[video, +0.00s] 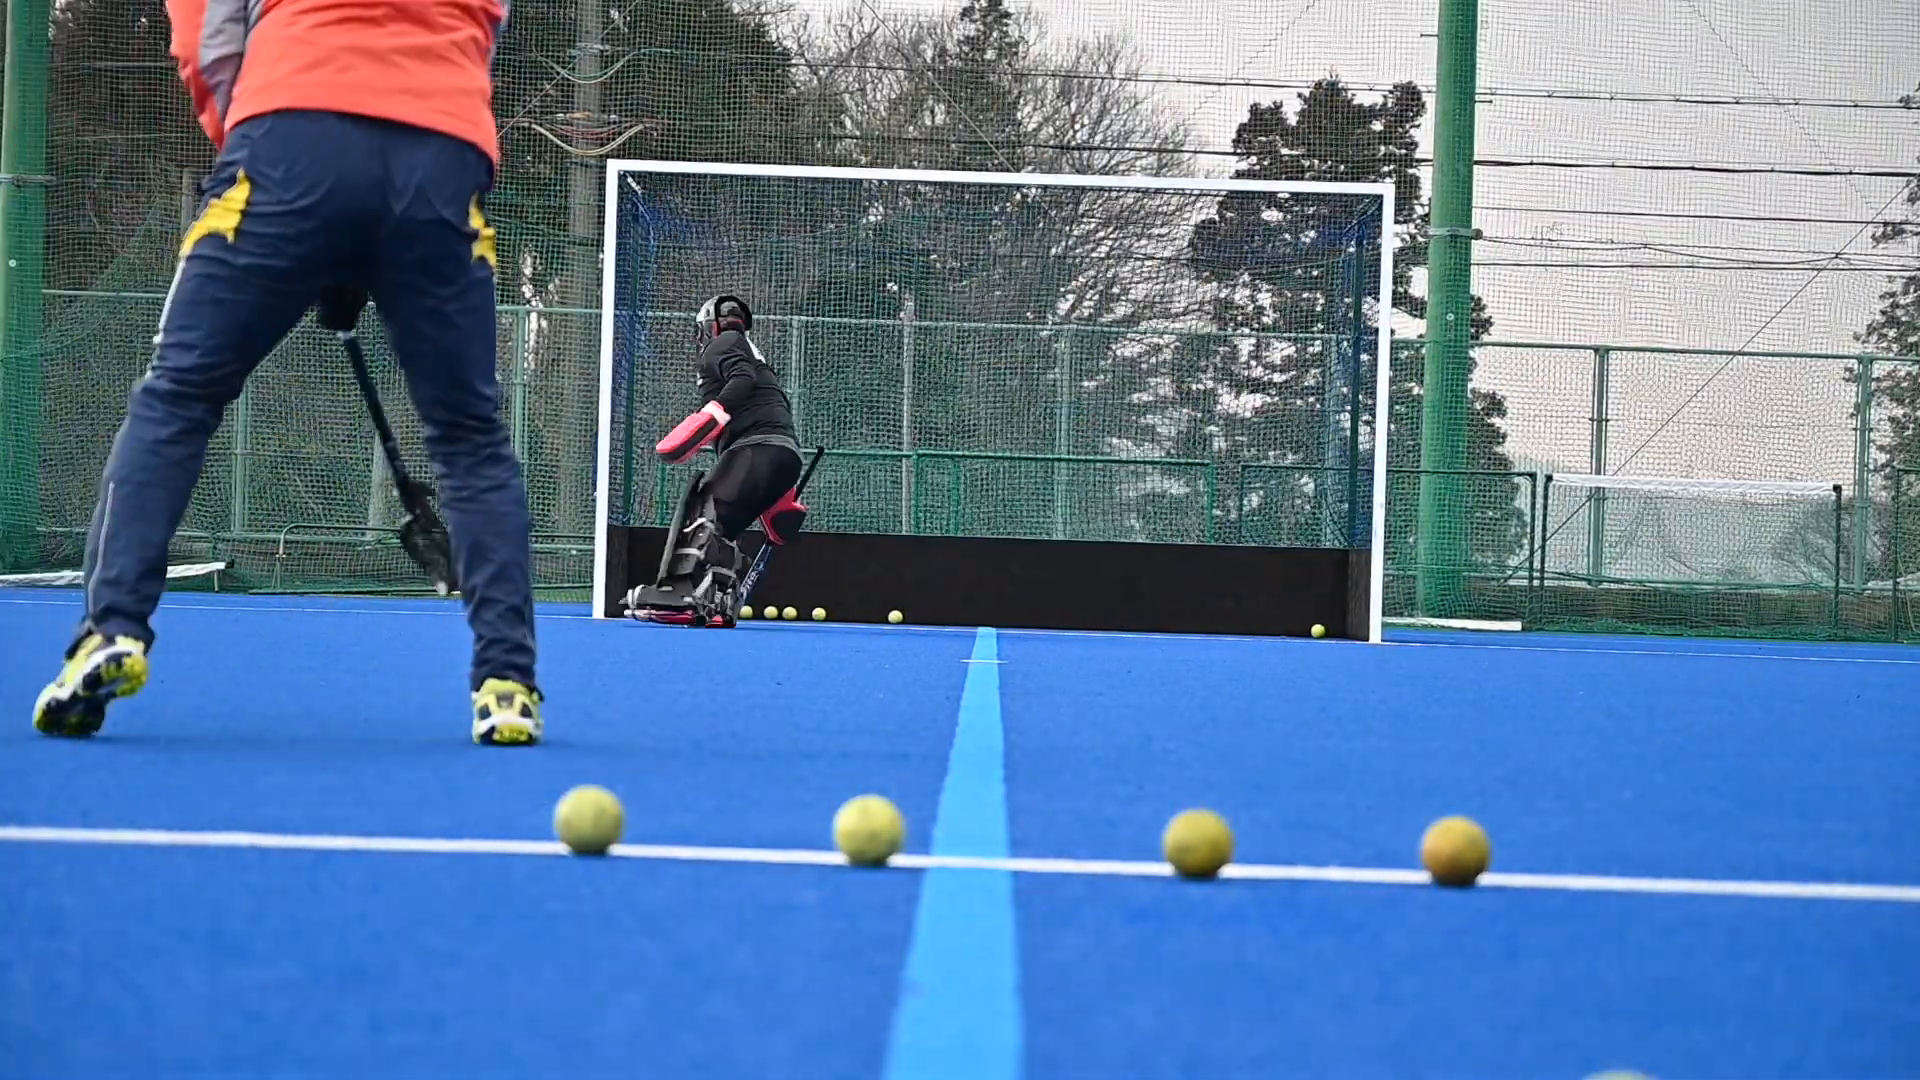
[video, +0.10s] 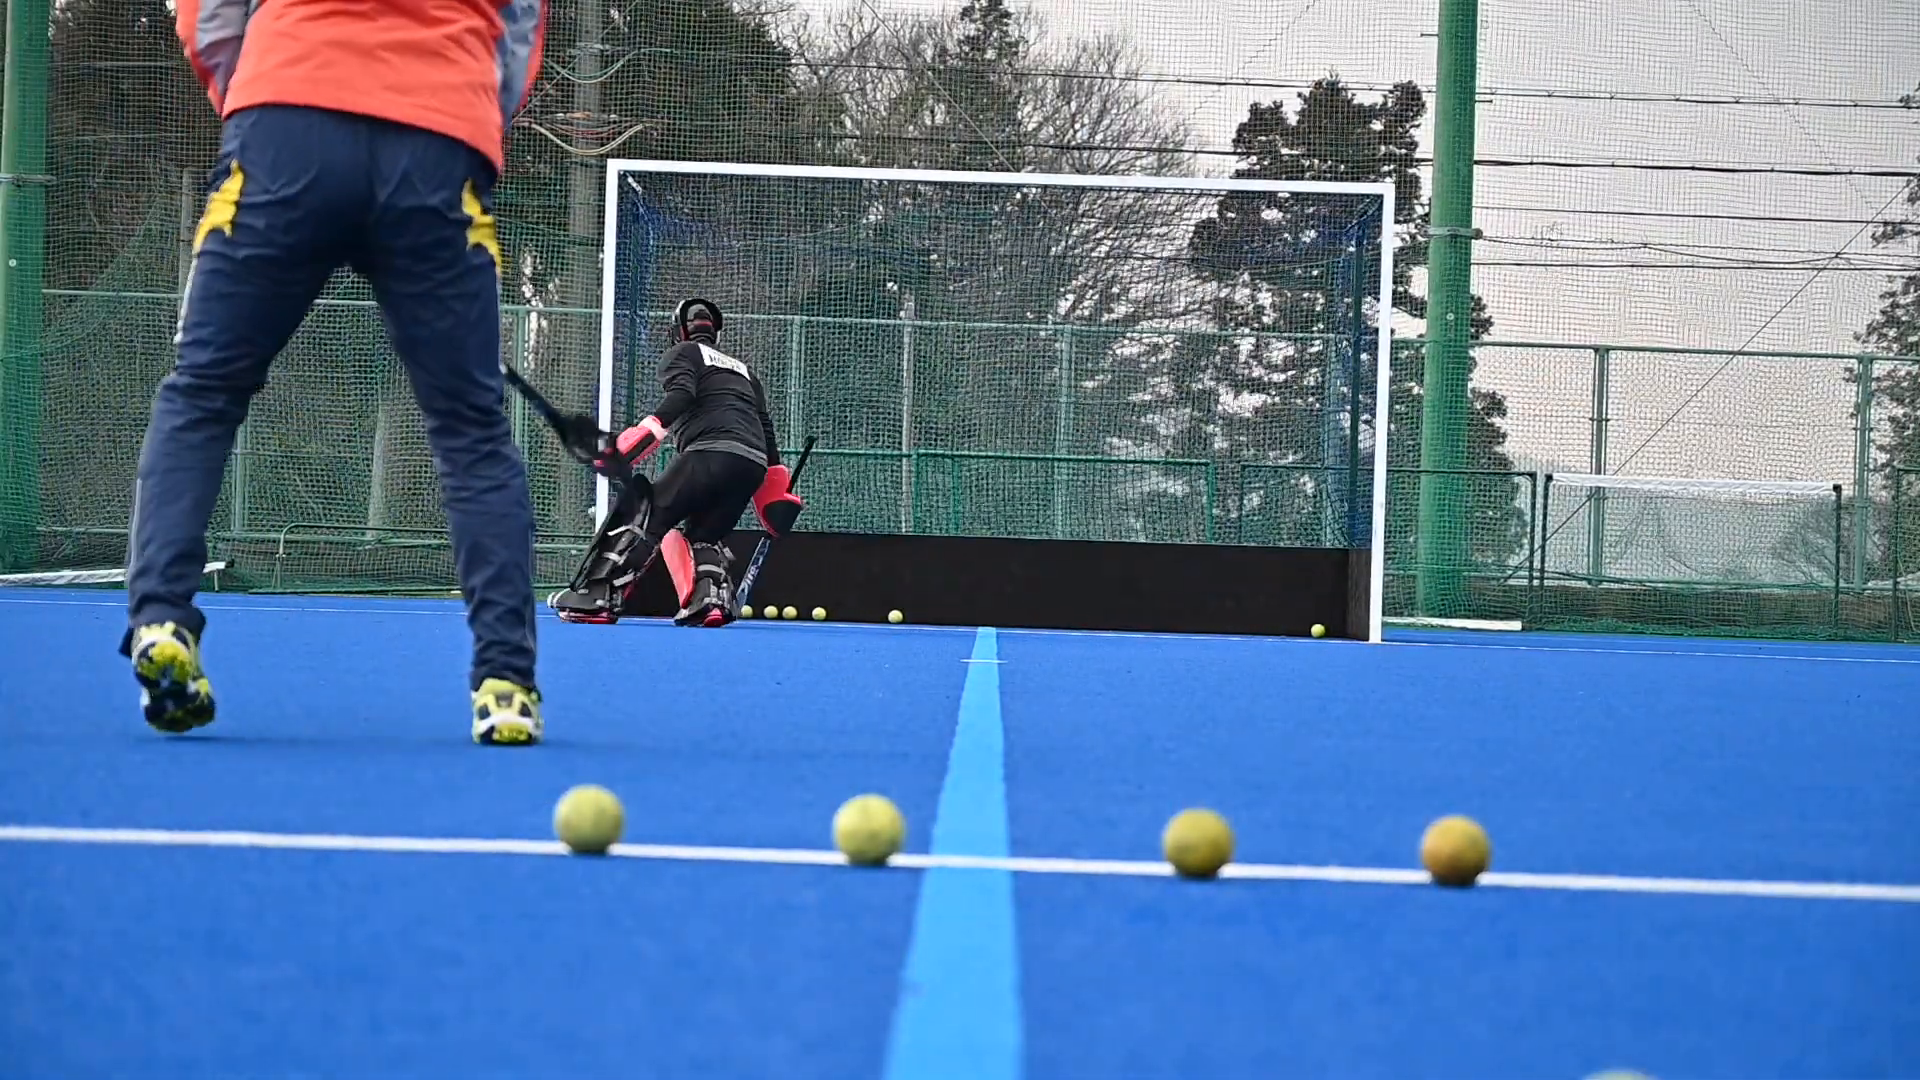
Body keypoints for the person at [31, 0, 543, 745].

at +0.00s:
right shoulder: (479, 2)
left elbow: (208, 46)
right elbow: (455, 70)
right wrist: (354, 244)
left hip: (296, 139)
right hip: (444, 158)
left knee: (179, 395)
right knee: (473, 437)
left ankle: (115, 629)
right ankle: (507, 679)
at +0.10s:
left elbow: (206, 21)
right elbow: (519, 41)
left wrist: (269, 120)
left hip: (288, 134)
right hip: (435, 153)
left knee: (203, 390)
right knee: (473, 429)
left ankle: (161, 620)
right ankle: (506, 678)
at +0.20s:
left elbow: (199, 14)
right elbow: (538, 46)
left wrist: (269, 101)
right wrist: (485, 157)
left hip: (269, 139)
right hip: (420, 153)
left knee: (239, 397)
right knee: (469, 427)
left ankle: (192, 619)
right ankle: (504, 679)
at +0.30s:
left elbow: (177, 18)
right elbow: (542, 34)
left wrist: (271, 92)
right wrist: (539, 169)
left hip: (247, 146)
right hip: (398, 153)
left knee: (262, 408)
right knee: (461, 427)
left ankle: (179, 637)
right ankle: (503, 678)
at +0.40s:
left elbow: (148, 15)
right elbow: (524, 33)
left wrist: (235, 87)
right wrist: (580, 155)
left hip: (217, 149)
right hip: (370, 155)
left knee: (233, 419)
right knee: (447, 428)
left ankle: (167, 665)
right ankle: (500, 677)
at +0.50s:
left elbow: (128, 14)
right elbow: (486, 15)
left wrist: (223, 78)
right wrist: (571, 142)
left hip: (178, 145)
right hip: (327, 144)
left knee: (211, 423)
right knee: (417, 420)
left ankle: (165, 684)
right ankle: (470, 677)